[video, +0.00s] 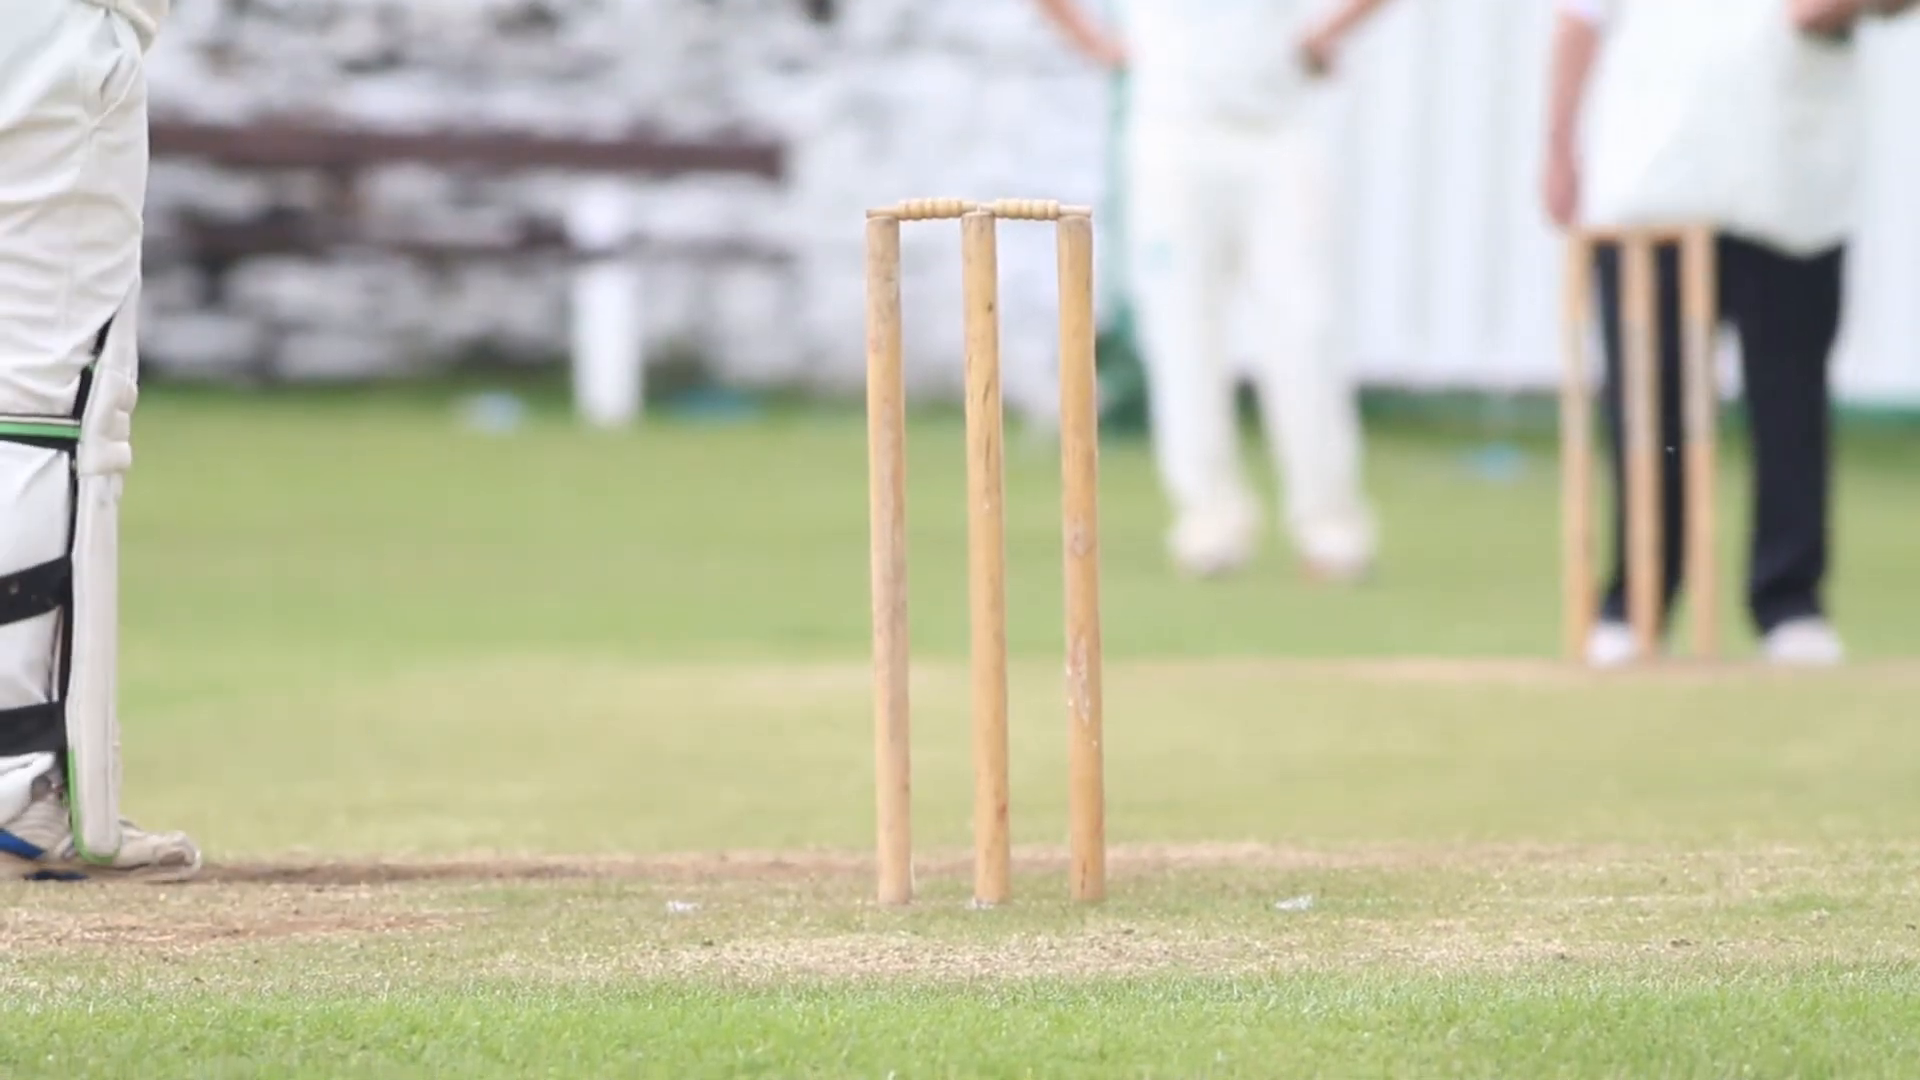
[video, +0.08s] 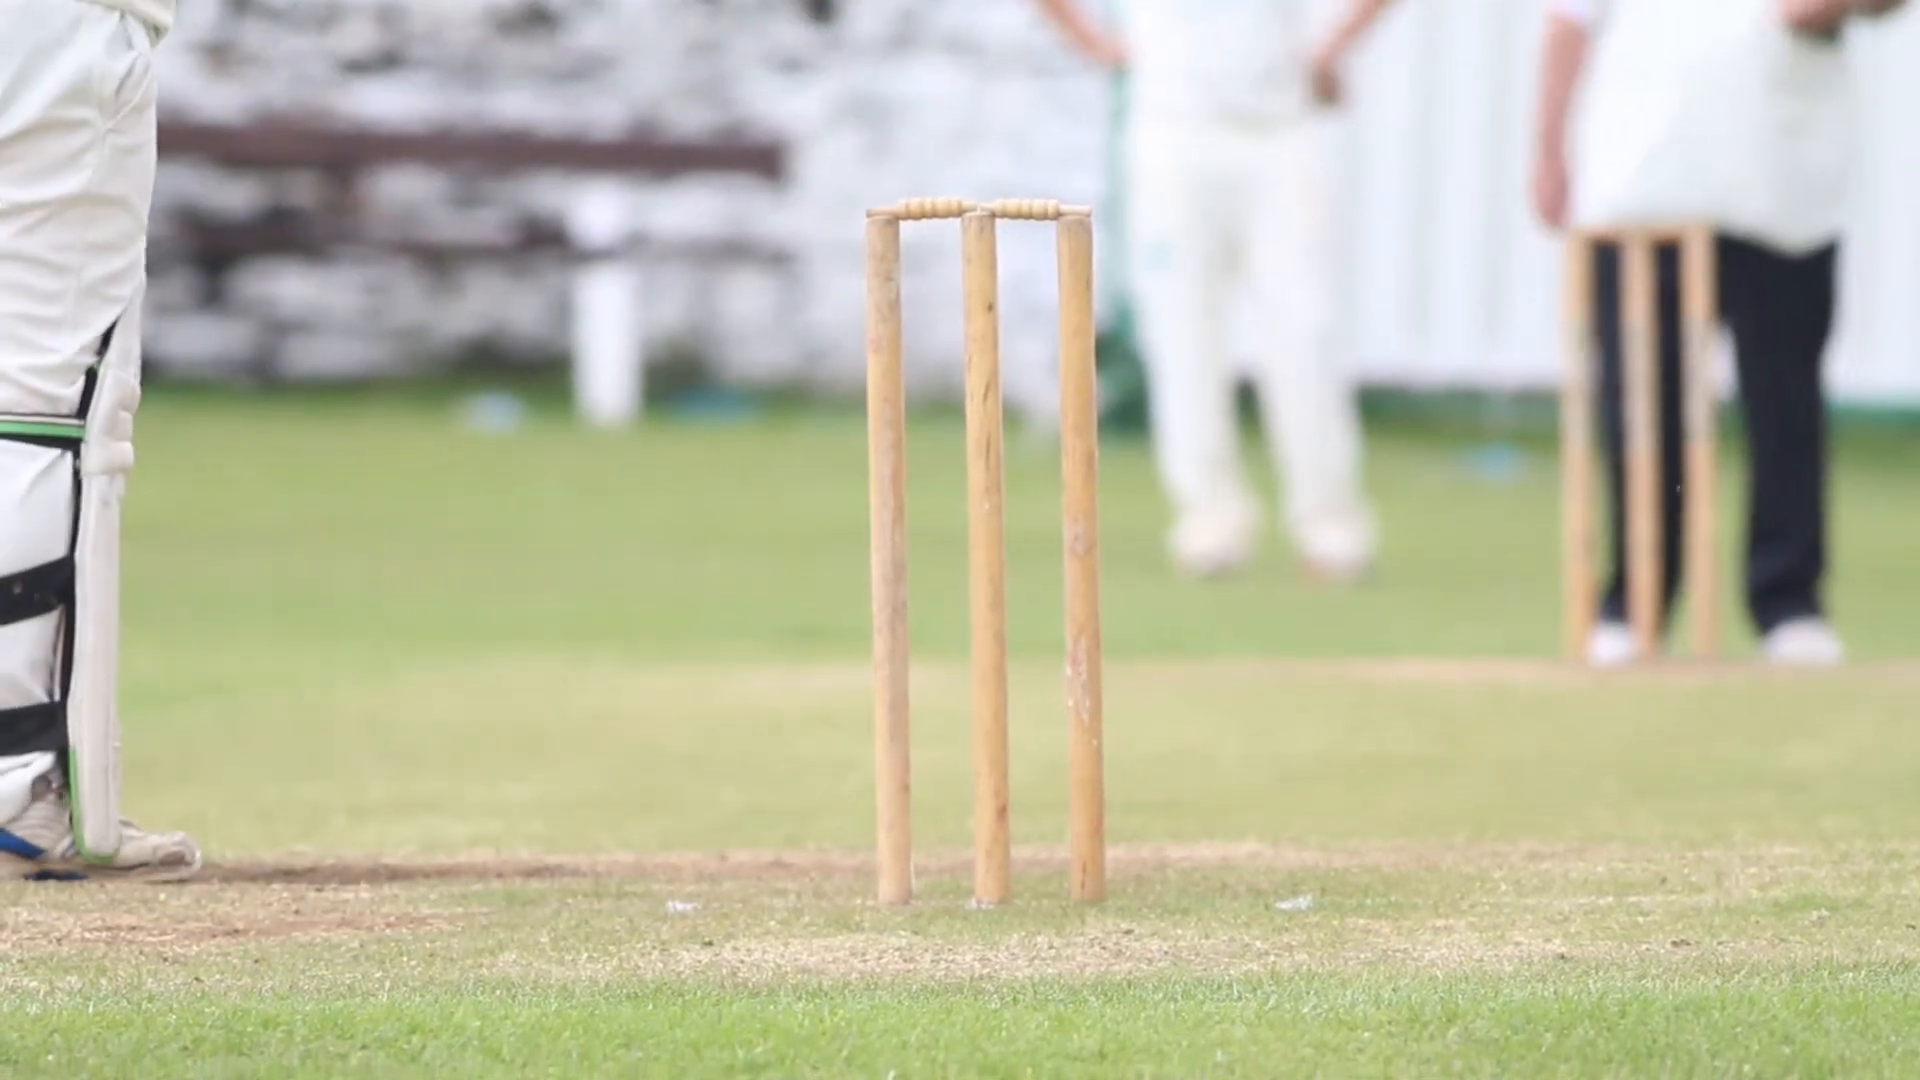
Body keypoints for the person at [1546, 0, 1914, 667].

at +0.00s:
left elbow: (1900, 3)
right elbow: (1582, 15)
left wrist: (1852, 9)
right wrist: (1561, 151)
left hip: (1798, 180)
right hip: (1649, 170)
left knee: (1790, 414)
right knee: (1645, 412)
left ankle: (1792, 610)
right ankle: (1631, 610)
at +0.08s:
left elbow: (1892, 3)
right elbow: (1571, 16)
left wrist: (1840, 10)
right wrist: (1550, 153)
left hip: (1788, 174)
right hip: (1640, 168)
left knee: (1785, 409)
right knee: (1637, 410)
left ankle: (1791, 610)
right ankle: (1630, 610)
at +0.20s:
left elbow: (1879, 3)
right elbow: (1559, 17)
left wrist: (1827, 9)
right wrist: (1539, 151)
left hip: (1773, 170)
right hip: (1630, 164)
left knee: (1776, 406)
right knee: (1630, 406)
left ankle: (1790, 610)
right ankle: (1627, 612)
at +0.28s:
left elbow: (1868, 3)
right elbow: (1552, 13)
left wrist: (1816, 9)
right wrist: (1522, 139)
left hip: (1764, 175)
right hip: (1623, 170)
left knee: (1769, 409)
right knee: (1628, 411)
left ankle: (1788, 609)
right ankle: (1624, 612)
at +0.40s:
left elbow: (1856, 5)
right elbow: (1531, 8)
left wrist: (1800, 10)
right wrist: (1482, 115)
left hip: (1750, 179)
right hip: (1612, 175)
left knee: (1761, 412)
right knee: (1622, 413)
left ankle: (1789, 611)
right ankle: (1620, 612)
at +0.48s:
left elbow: (1847, 3)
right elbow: (1508, 7)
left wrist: (1791, 9)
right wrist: (1443, 94)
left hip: (1745, 183)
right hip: (1605, 179)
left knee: (1759, 408)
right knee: (1620, 412)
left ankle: (1788, 609)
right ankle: (1621, 613)